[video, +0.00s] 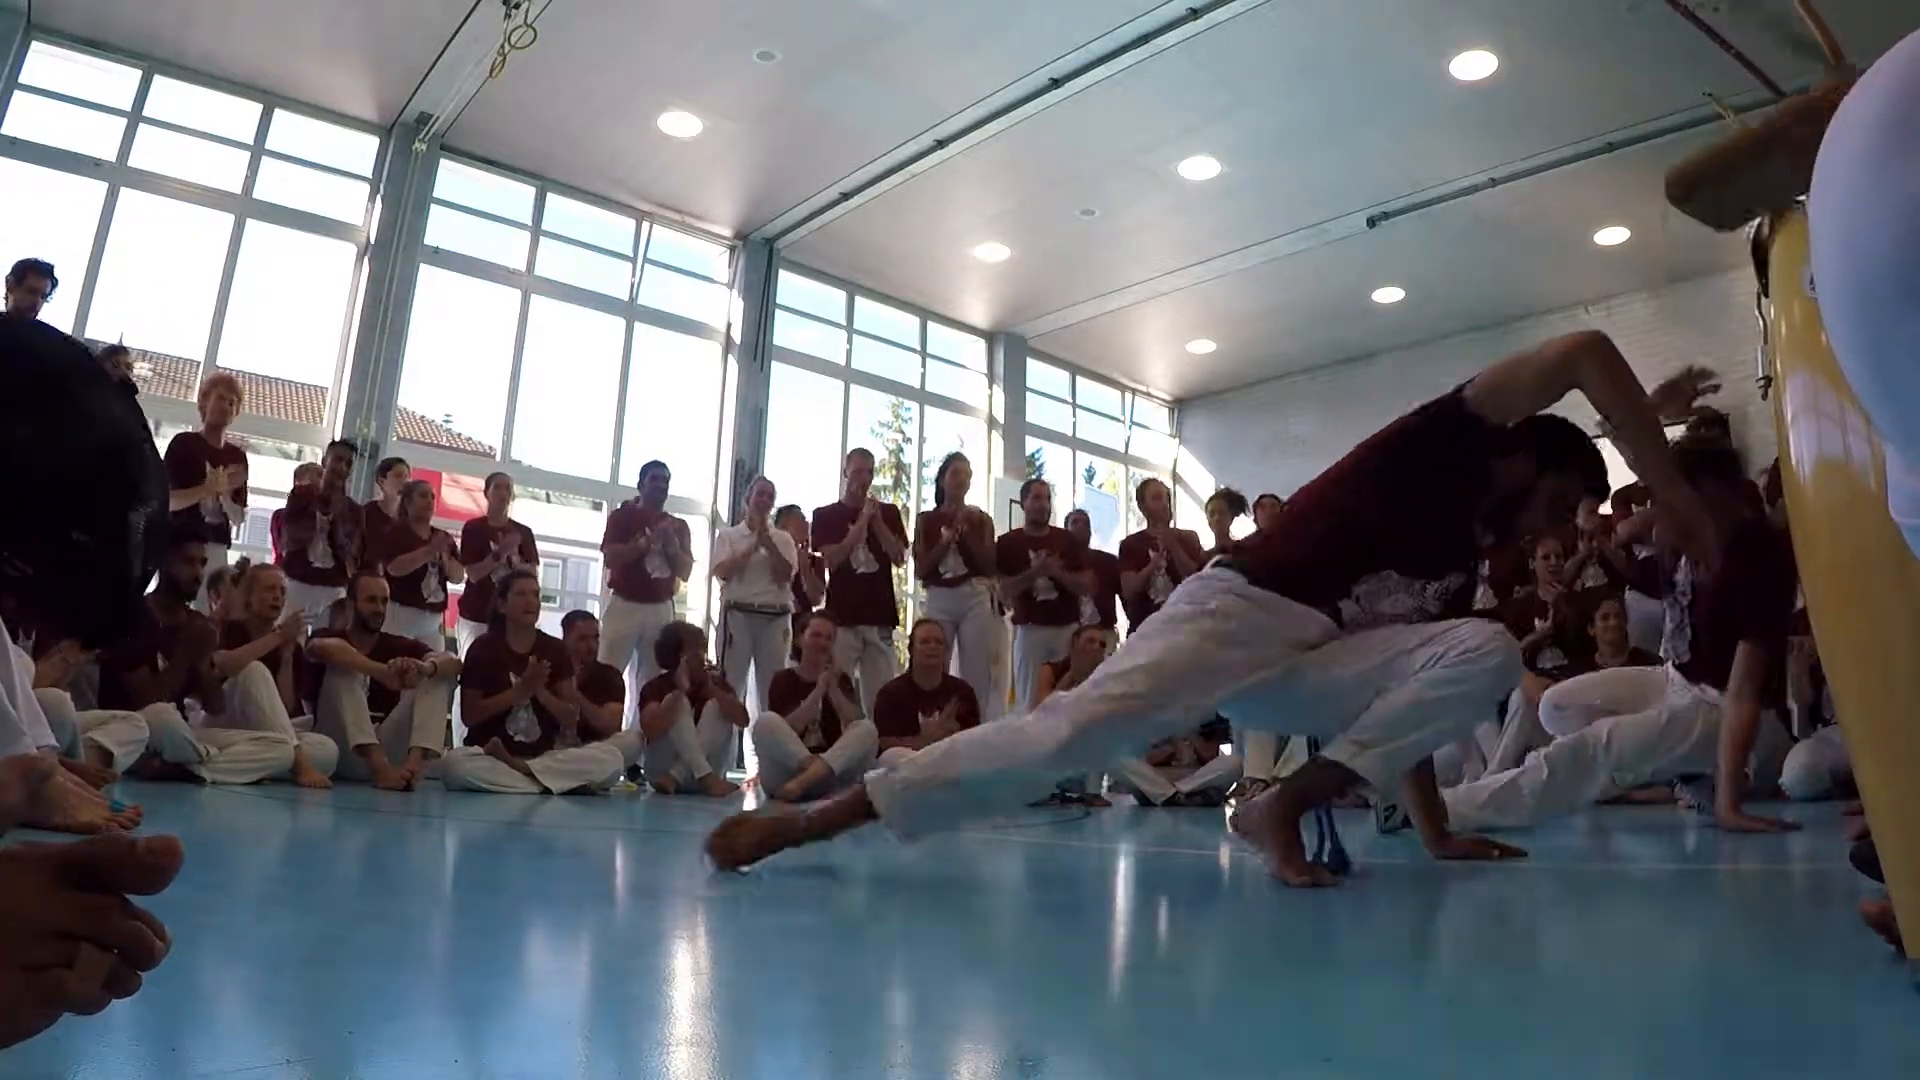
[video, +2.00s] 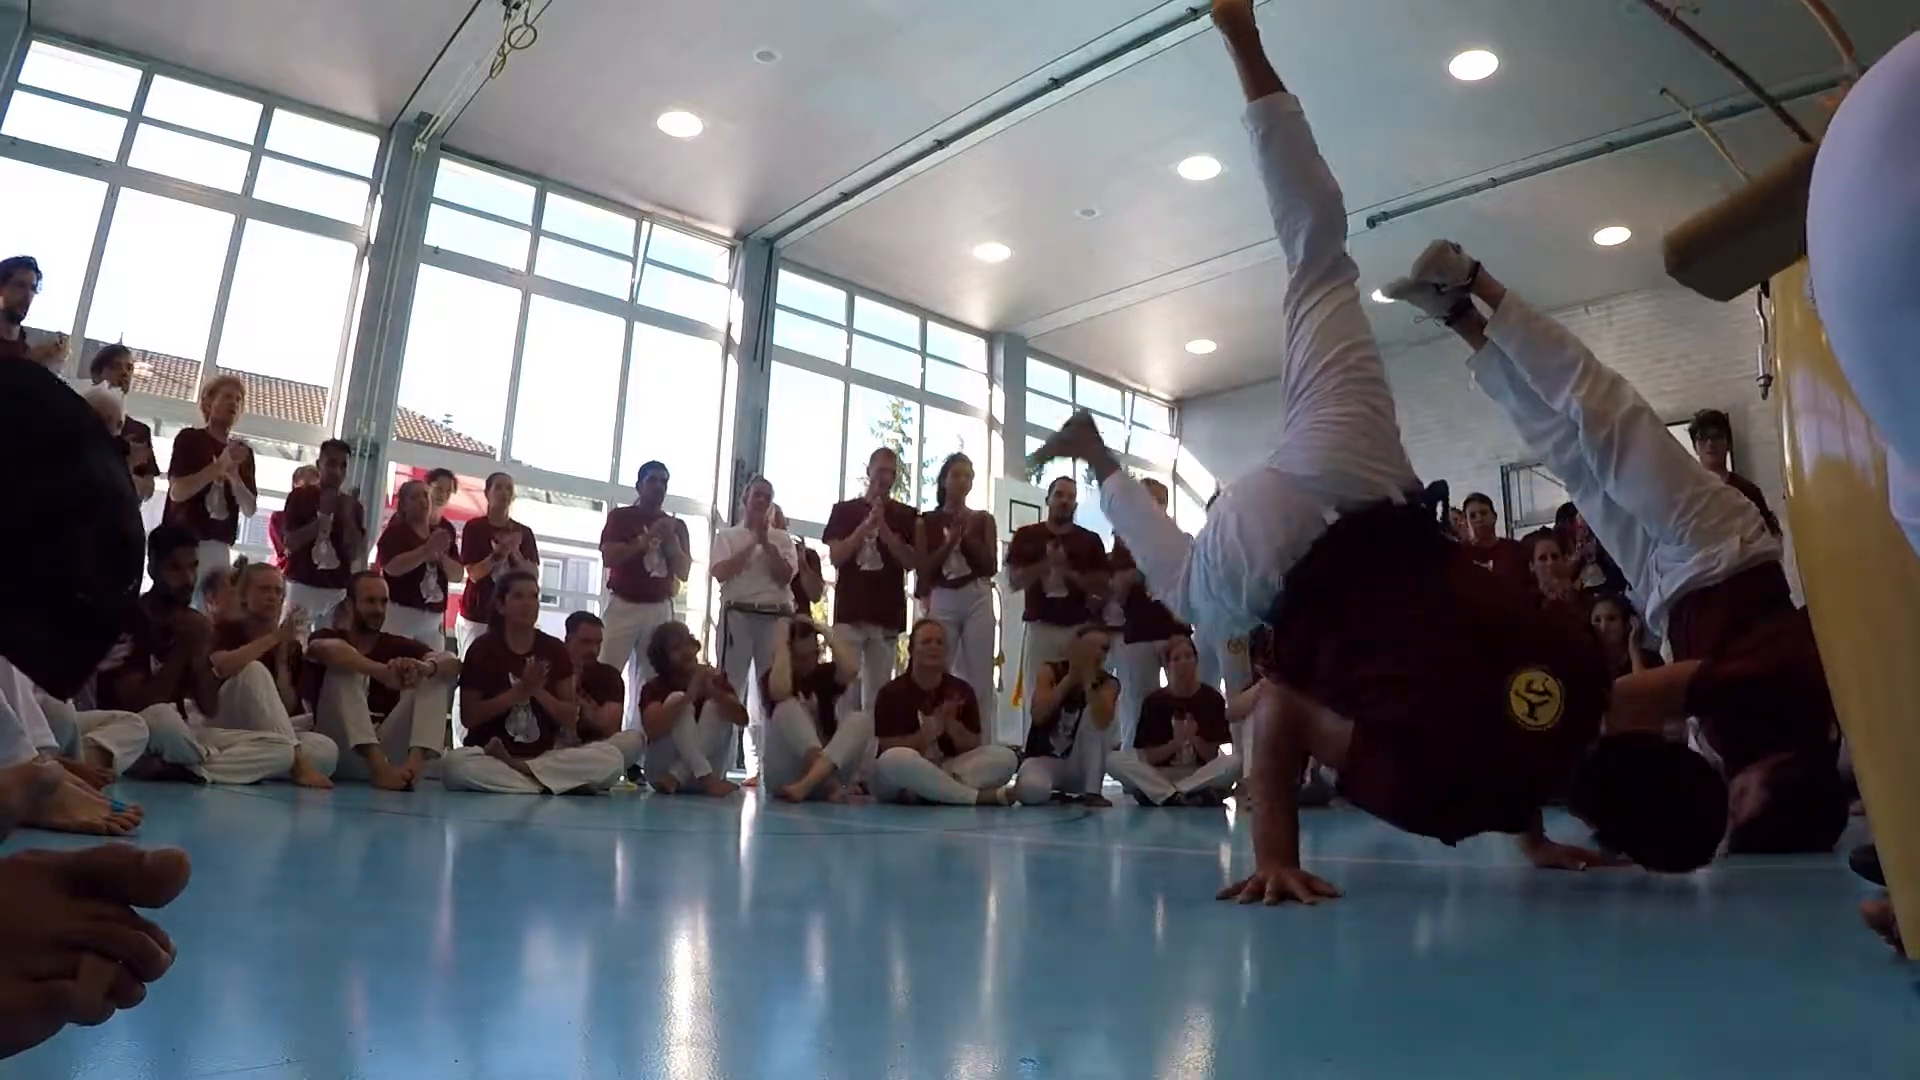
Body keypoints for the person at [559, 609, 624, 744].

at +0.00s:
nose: (591, 645)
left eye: (595, 638)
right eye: (583, 638)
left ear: (599, 638)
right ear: (565, 640)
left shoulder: (610, 676)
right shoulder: (548, 673)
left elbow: (610, 725)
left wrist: (574, 695)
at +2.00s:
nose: (593, 650)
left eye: (598, 643)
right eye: (586, 642)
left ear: (602, 644)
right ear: (567, 640)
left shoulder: (610, 675)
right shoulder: (549, 673)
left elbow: (610, 728)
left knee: (635, 738)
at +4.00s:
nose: (591, 645)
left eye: (595, 638)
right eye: (583, 638)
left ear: (599, 639)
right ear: (565, 640)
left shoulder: (609, 674)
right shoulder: (550, 674)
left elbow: (610, 728)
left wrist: (578, 690)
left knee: (634, 738)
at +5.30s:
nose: (591, 646)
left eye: (596, 639)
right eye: (583, 639)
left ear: (600, 640)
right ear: (565, 640)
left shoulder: (609, 675)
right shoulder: (550, 673)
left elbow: (610, 729)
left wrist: (578, 690)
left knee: (634, 738)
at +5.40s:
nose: (592, 646)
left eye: (596, 639)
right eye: (583, 639)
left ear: (600, 640)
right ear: (565, 640)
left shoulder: (610, 675)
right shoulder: (550, 672)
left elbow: (609, 729)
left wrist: (578, 701)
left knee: (634, 738)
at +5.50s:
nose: (592, 646)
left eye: (596, 639)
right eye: (583, 639)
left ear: (600, 640)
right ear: (566, 639)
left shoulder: (609, 675)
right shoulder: (551, 673)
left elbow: (610, 728)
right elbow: (570, 722)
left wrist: (579, 696)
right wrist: (549, 687)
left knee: (633, 738)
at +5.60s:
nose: (593, 647)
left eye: (596, 639)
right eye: (584, 640)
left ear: (600, 640)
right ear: (565, 641)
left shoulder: (610, 674)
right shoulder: (552, 674)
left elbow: (609, 728)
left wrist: (582, 696)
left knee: (634, 738)